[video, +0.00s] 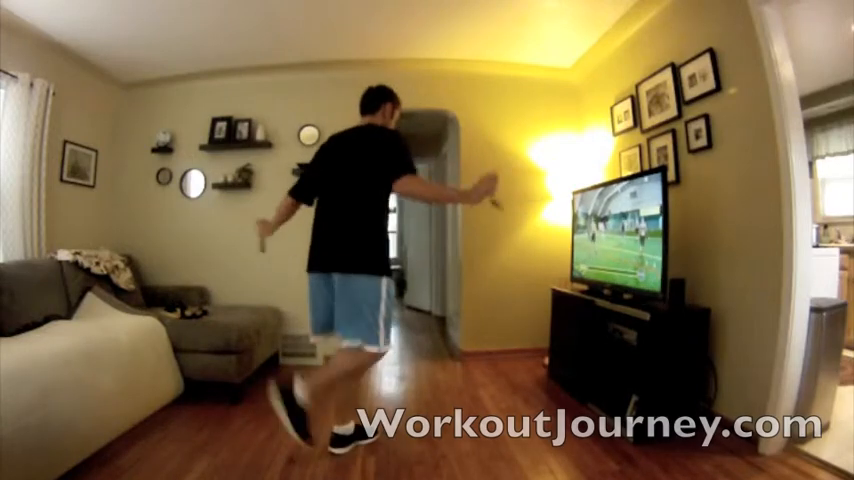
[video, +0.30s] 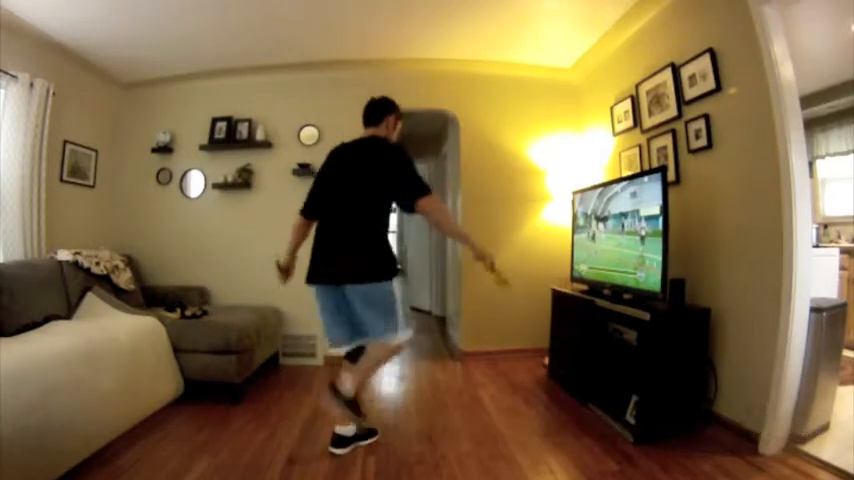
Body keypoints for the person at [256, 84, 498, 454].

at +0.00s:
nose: (395, 121)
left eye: (395, 115)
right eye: (396, 115)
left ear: (362, 111)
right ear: (389, 110)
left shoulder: (333, 143)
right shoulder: (387, 141)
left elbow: (299, 194)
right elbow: (405, 184)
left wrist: (272, 224)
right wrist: (467, 195)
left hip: (324, 255)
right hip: (363, 257)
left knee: (350, 344)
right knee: (372, 346)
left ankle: (345, 428)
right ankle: (301, 392)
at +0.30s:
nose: (398, 132)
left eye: (397, 125)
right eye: (398, 125)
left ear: (365, 123)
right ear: (391, 123)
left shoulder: (338, 155)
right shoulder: (392, 157)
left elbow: (307, 215)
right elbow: (430, 207)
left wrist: (288, 257)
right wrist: (472, 244)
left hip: (326, 264)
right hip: (368, 263)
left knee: (344, 348)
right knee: (392, 336)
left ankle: (346, 429)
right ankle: (349, 383)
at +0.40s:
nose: (408, 123)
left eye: (408, 118)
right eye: (409, 117)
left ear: (373, 110)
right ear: (402, 112)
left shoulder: (346, 141)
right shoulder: (400, 143)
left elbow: (314, 198)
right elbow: (425, 196)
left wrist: (288, 242)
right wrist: (461, 245)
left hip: (328, 243)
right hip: (373, 240)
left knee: (344, 332)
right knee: (400, 305)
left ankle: (346, 425)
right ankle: (364, 357)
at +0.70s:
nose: (414, 112)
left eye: (413, 105)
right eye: (413, 105)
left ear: (375, 103)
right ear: (403, 104)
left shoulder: (349, 140)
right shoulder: (408, 147)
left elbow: (315, 196)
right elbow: (440, 209)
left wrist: (289, 240)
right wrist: (478, 252)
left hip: (331, 258)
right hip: (376, 263)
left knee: (326, 343)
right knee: (377, 352)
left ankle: (291, 378)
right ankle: (365, 436)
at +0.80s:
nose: (412, 98)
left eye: (412, 91)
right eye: (412, 91)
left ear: (377, 86)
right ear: (401, 87)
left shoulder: (347, 117)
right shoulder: (406, 125)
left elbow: (312, 176)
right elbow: (430, 186)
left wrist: (284, 222)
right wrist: (464, 231)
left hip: (323, 230)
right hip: (368, 238)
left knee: (325, 309)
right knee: (369, 331)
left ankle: (290, 351)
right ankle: (360, 421)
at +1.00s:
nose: (406, 110)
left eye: (405, 104)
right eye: (406, 103)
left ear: (372, 99)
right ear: (396, 100)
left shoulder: (341, 128)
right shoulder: (400, 135)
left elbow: (301, 176)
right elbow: (411, 189)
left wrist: (269, 198)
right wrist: (470, 197)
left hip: (315, 240)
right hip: (361, 247)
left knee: (313, 327)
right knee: (361, 336)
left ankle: (262, 382)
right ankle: (344, 426)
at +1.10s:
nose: (401, 128)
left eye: (401, 121)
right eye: (401, 121)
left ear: (367, 118)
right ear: (392, 119)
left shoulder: (337, 151)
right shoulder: (394, 156)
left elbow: (291, 199)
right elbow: (416, 209)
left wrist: (273, 203)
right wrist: (469, 205)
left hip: (313, 262)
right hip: (359, 268)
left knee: (301, 353)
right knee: (352, 355)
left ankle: (255, 424)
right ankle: (338, 433)